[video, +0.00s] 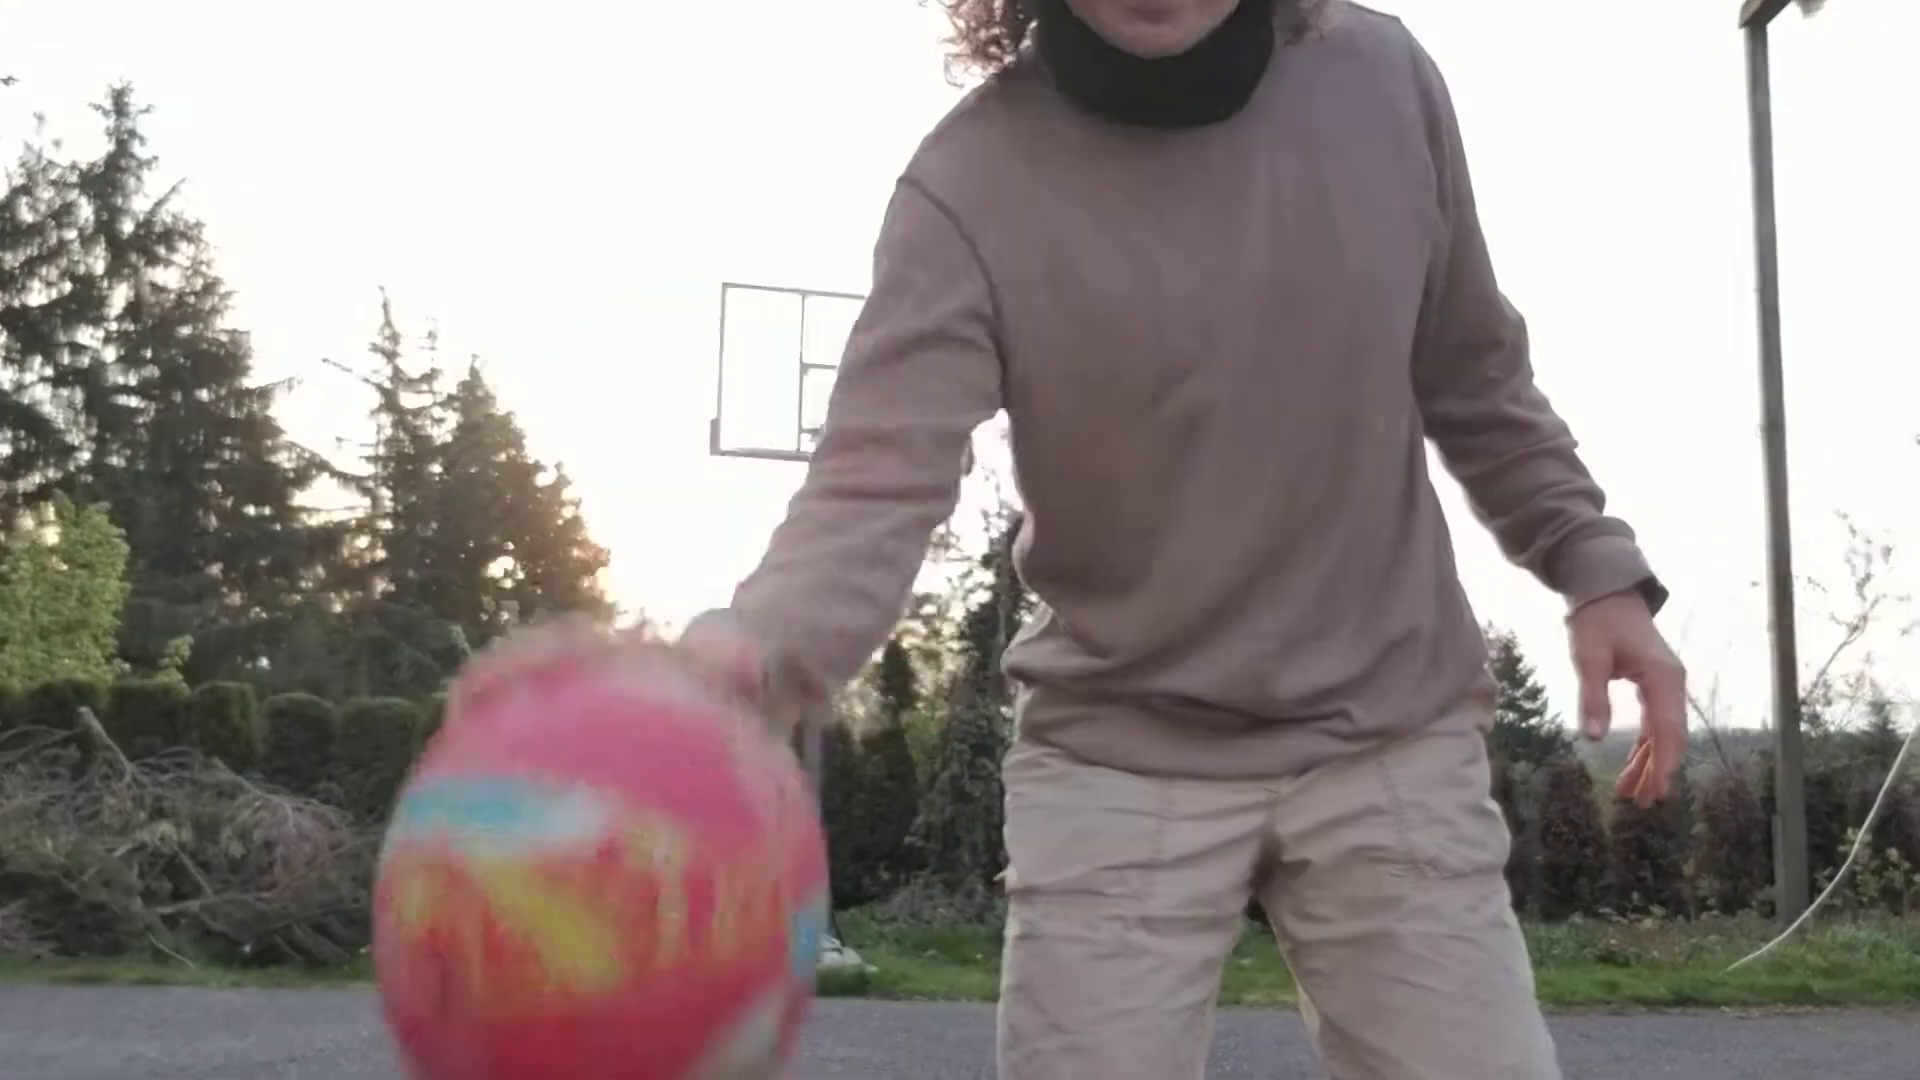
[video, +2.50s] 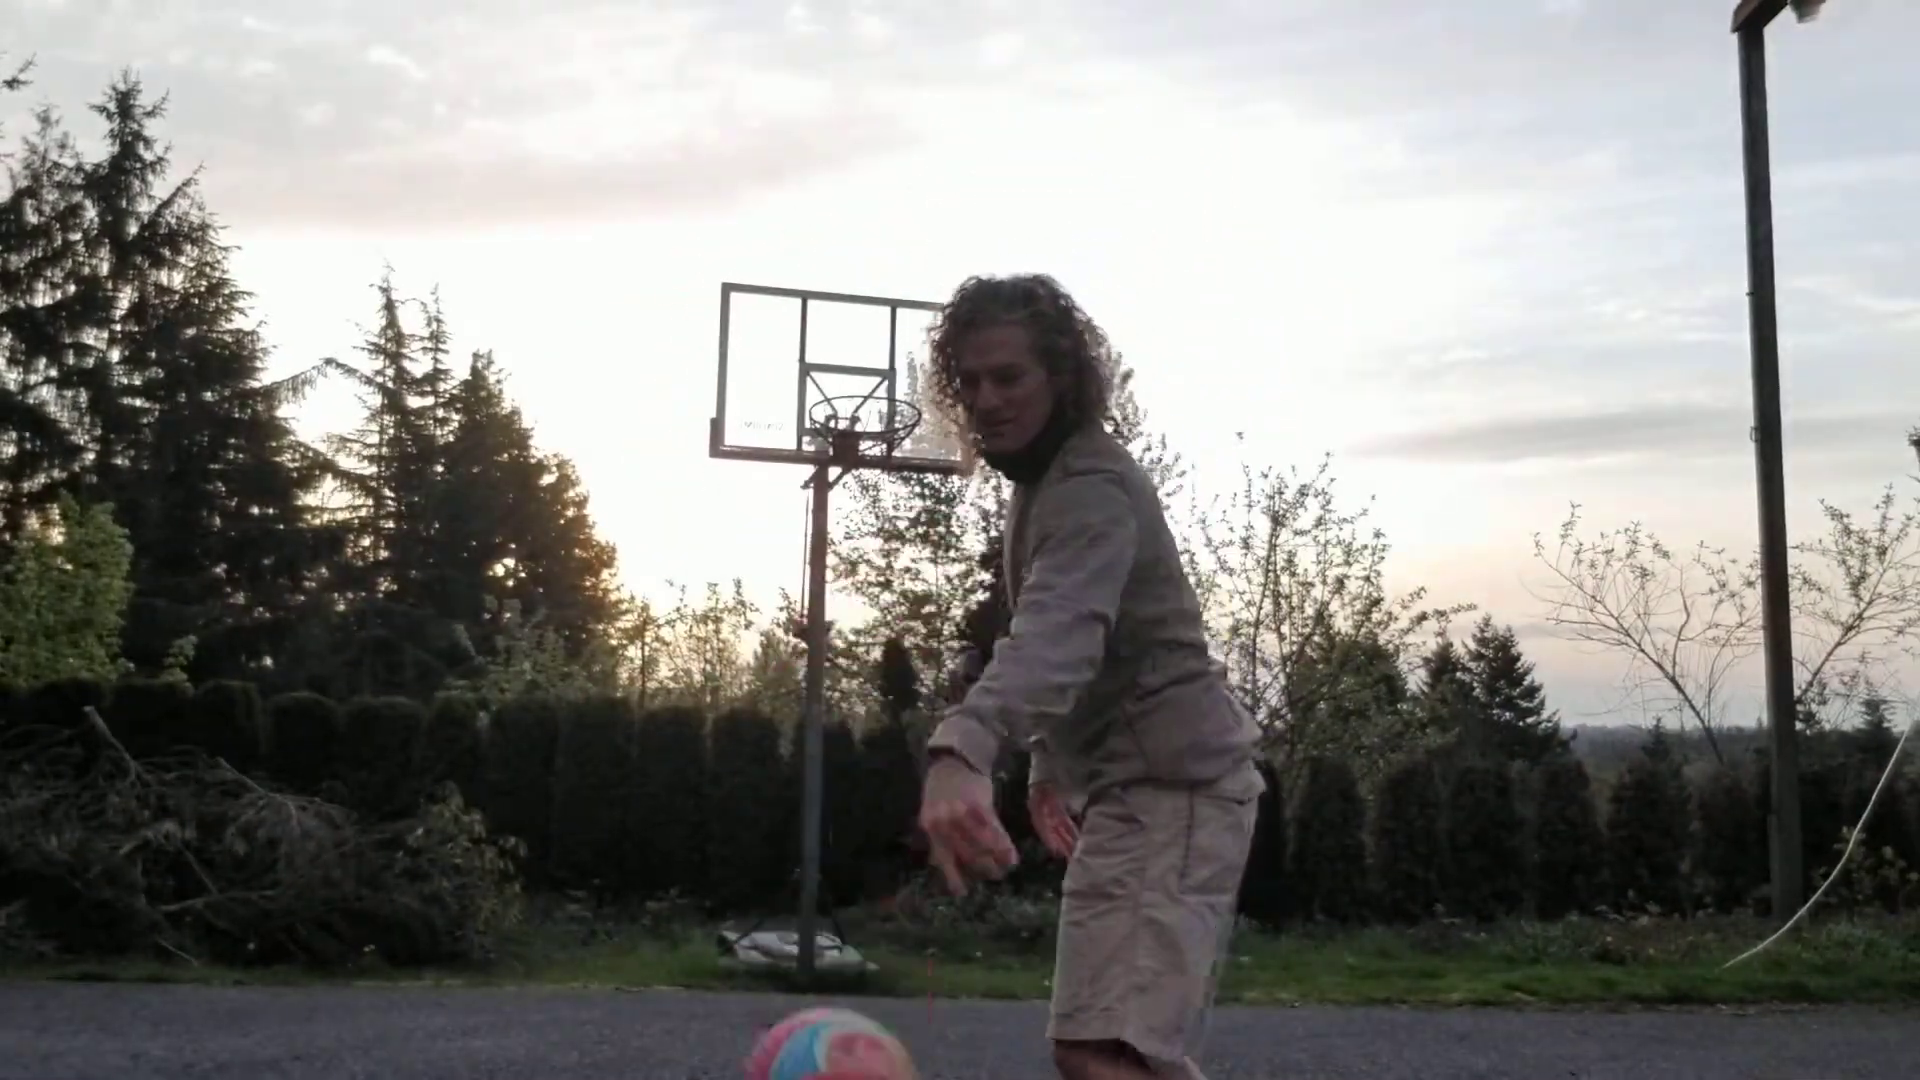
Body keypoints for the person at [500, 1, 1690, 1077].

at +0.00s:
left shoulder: (1382, 85)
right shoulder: (971, 182)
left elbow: (1476, 377)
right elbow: (872, 484)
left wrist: (1597, 571)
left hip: (1395, 728)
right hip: (1117, 744)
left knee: (1486, 1060)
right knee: (1085, 1057)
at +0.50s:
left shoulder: (1381, 34)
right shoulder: (936, 147)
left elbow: (1473, 355)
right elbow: (905, 582)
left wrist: (1599, 582)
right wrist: (864, 499)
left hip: (1425, 737)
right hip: (1124, 762)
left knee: (1527, 1060)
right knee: (1085, 1059)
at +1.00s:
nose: (1126, 5)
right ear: (1014, 3)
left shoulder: (1330, 121)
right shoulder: (963, 256)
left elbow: (1419, 393)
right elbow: (885, 616)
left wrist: (1532, 581)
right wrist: (920, 900)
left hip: (1349, 750)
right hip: (1088, 767)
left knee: (1435, 1060)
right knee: (1069, 1056)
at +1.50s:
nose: (1097, 170)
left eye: (1130, 134)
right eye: (1059, 136)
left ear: (1174, 148)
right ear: (1003, 154)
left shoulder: (1242, 291)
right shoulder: (949, 347)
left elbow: (1291, 515)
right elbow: (860, 625)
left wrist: (1374, 681)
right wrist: (985, 516)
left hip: (1214, 788)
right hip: (1007, 796)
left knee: (1256, 1062)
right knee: (971, 1061)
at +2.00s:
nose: (1045, 291)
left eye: (1068, 263)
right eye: (1015, 267)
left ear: (1110, 268)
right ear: (974, 281)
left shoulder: (1210, 393)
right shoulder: (935, 440)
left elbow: (1275, 583)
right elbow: (901, 664)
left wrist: (1176, 659)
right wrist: (912, 834)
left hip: (1207, 793)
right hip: (1033, 807)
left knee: (1215, 1064)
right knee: (1002, 1062)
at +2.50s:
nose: (985, 400)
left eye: (1008, 376)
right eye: (969, 382)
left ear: (1062, 378)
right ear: (955, 390)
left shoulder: (1088, 483)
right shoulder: (1044, 487)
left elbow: (1054, 630)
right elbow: (1066, 643)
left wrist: (963, 748)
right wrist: (1053, 764)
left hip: (1168, 782)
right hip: (1132, 783)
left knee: (1100, 1047)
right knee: (1117, 1044)